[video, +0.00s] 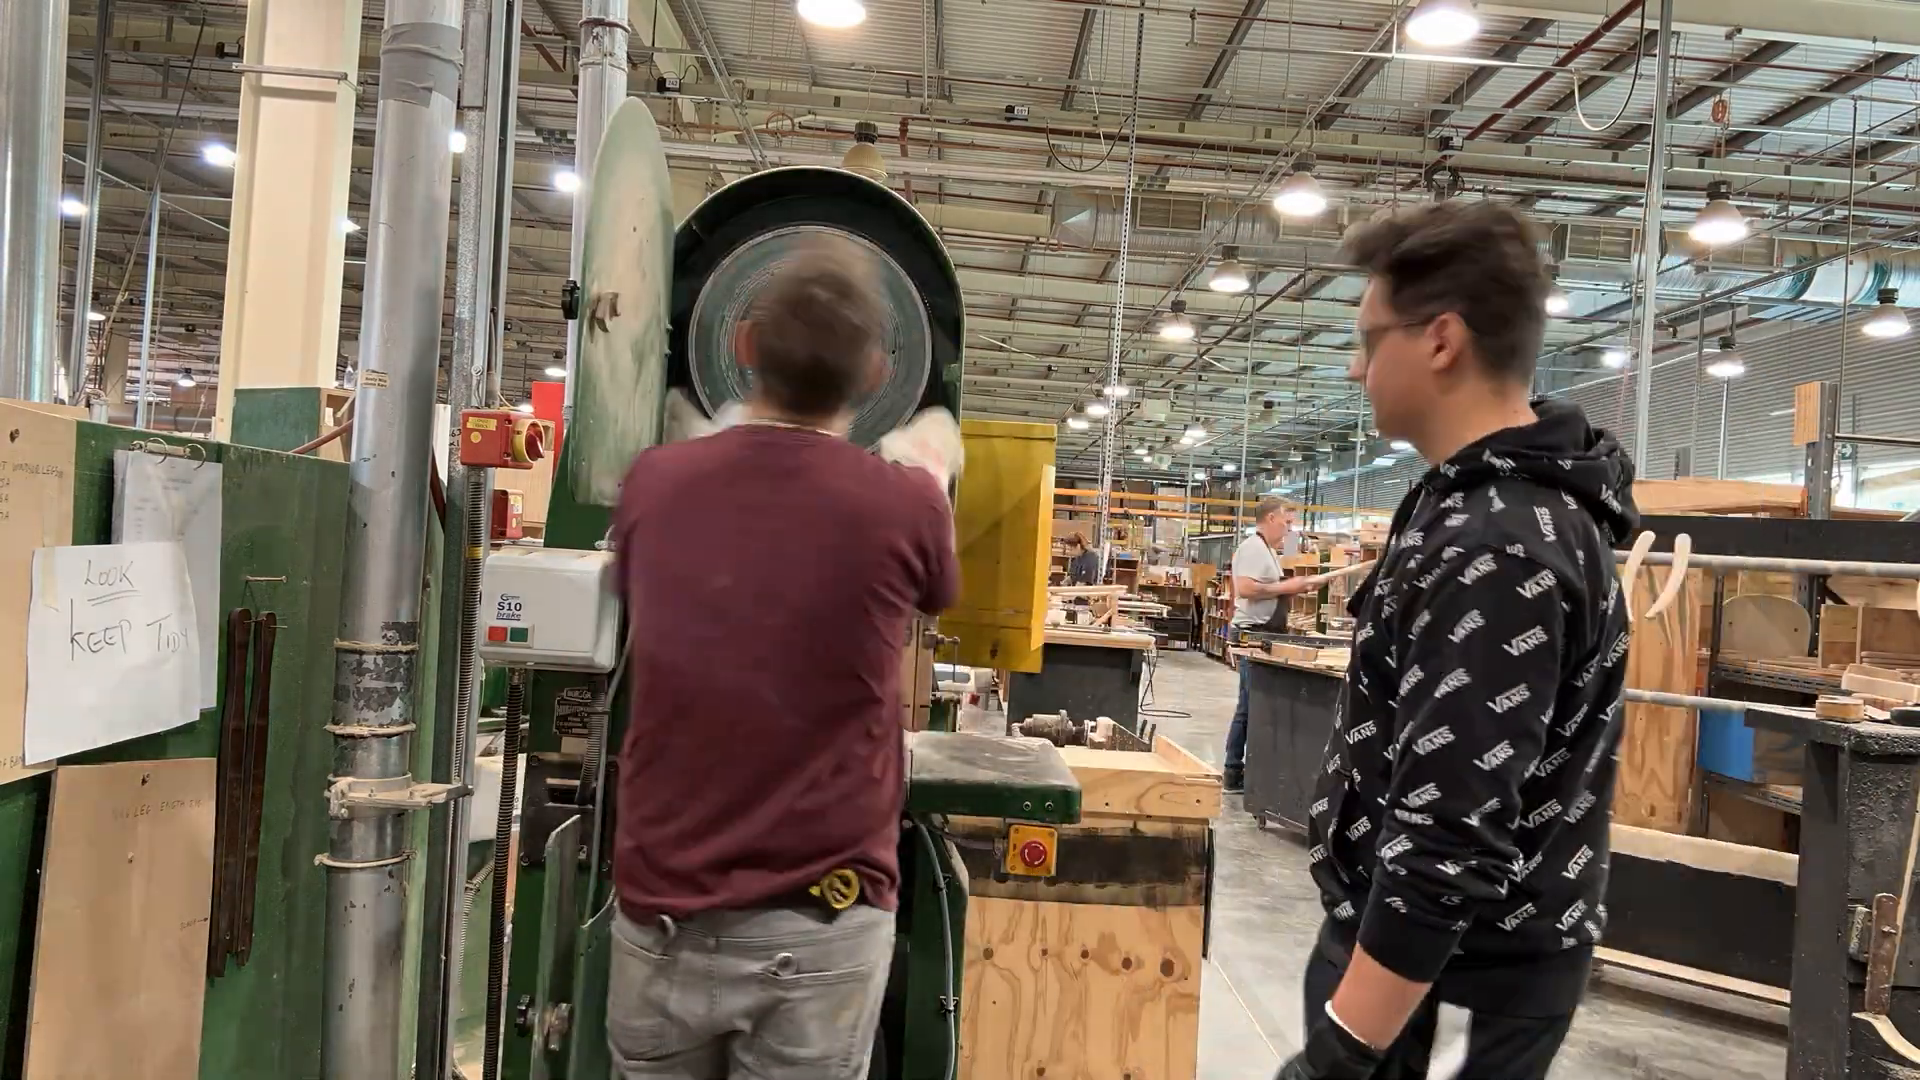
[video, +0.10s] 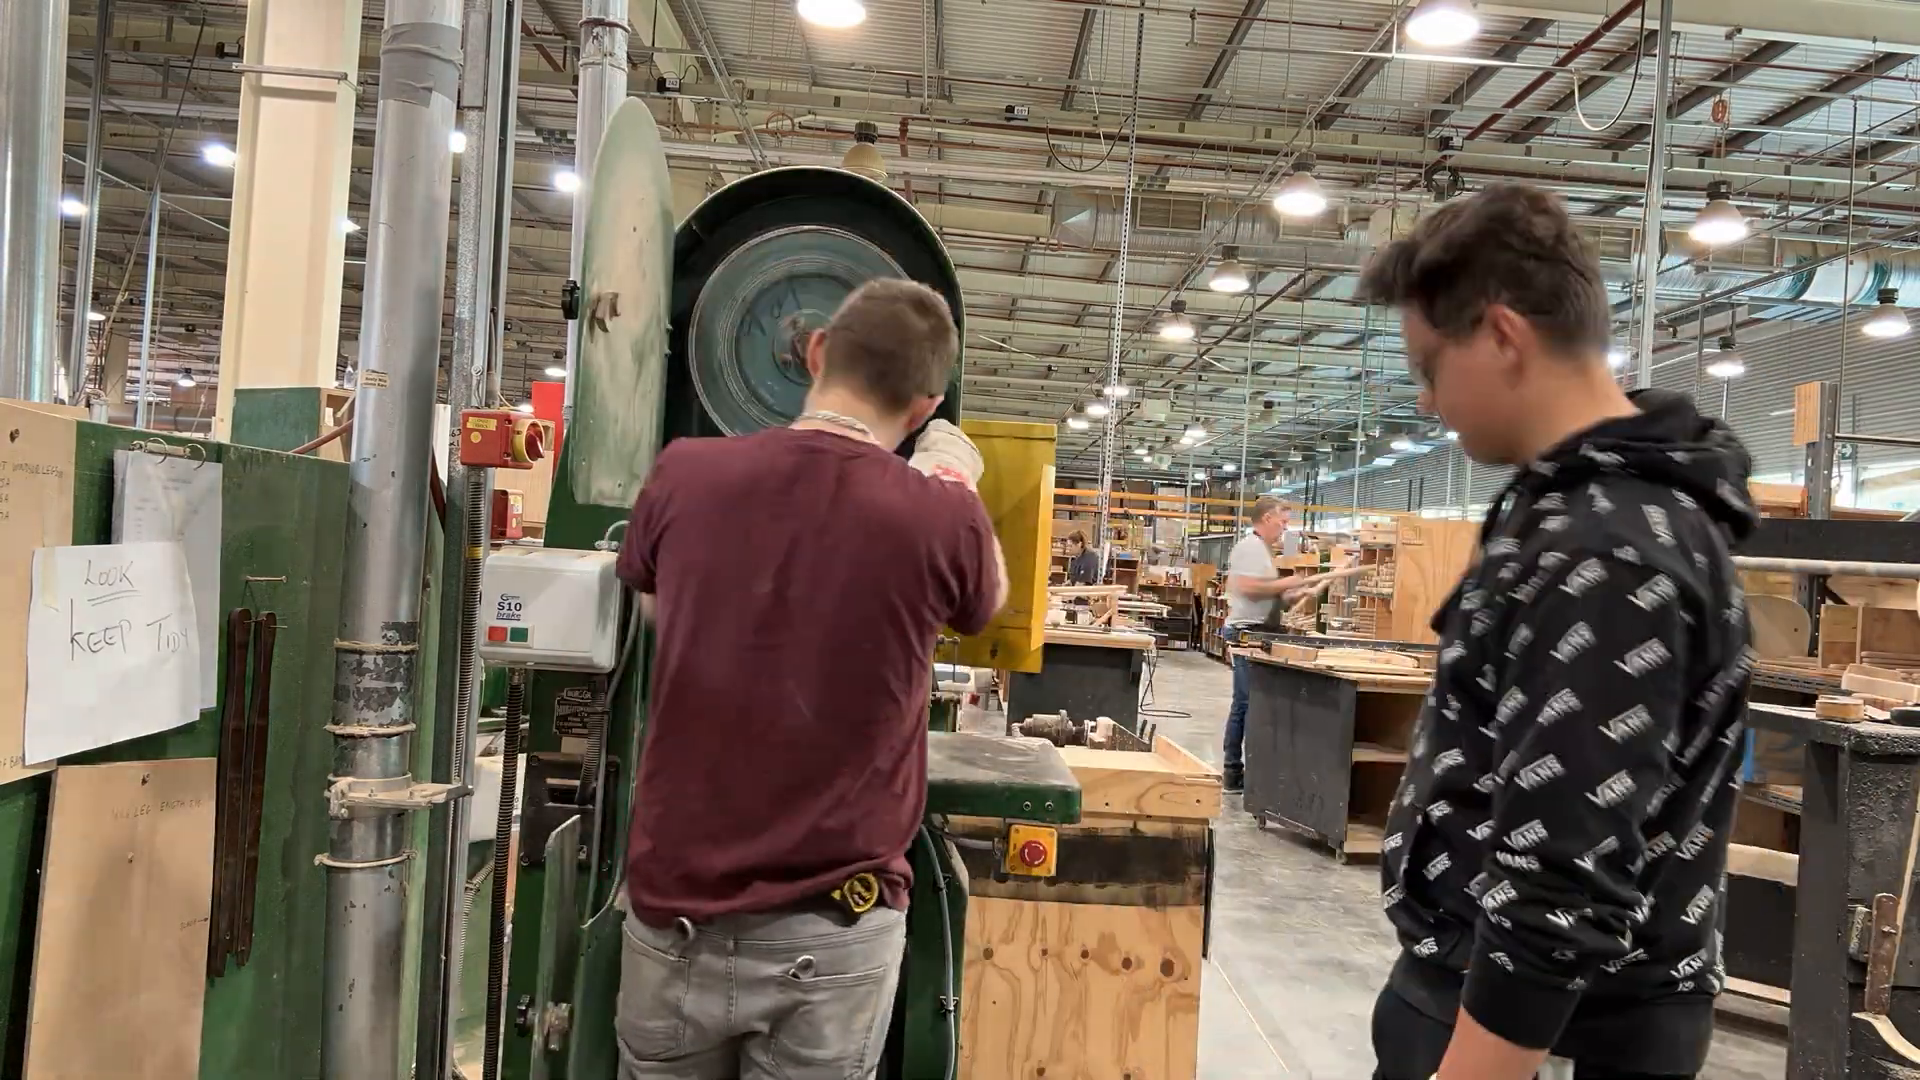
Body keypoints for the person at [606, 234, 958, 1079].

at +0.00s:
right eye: (883, 354)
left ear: (741, 344)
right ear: (876, 377)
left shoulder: (654, 480)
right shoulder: (905, 500)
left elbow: (628, 591)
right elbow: (938, 596)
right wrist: (924, 476)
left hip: (662, 926)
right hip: (828, 931)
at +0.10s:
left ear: (812, 355)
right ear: (924, 410)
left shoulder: (684, 472)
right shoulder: (941, 516)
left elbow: (651, 595)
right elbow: (979, 608)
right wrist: (952, 487)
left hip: (668, 919)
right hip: (836, 933)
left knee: (661, 1068)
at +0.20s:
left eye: (780, 358)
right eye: (907, 390)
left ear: (779, 366)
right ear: (902, 394)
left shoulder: (670, 484)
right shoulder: (943, 508)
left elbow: (640, 662)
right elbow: (1011, 566)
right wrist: (986, 456)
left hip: (683, 945)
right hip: (854, 953)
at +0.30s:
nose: (920, 492)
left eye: (920, 469)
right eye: (916, 467)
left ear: (800, 460)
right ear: (896, 460)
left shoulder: (670, 595)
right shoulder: (910, 590)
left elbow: (614, 684)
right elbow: (1045, 678)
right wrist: (1035, 530)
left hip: (671, 992)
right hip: (848, 1001)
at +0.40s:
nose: (784, 787)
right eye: (782, 774)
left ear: (656, 796)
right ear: (776, 784)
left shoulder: (613, 864)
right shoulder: (843, 892)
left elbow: (606, 721)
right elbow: (962, 859)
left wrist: (655, 611)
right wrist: (906, 842)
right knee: (858, 1009)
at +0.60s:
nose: (801, 813)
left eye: (798, 796)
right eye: (798, 798)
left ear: (672, 842)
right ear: (782, 820)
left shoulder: (621, 974)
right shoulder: (838, 916)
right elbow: (1006, 852)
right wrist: (966, 745)